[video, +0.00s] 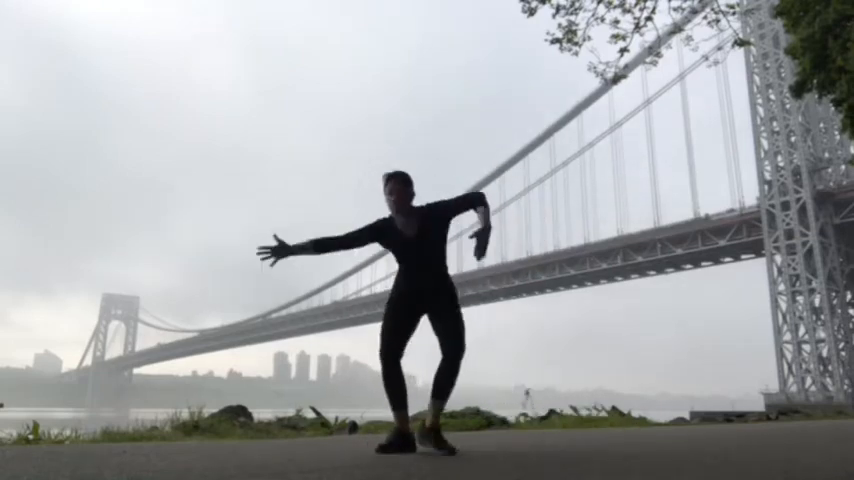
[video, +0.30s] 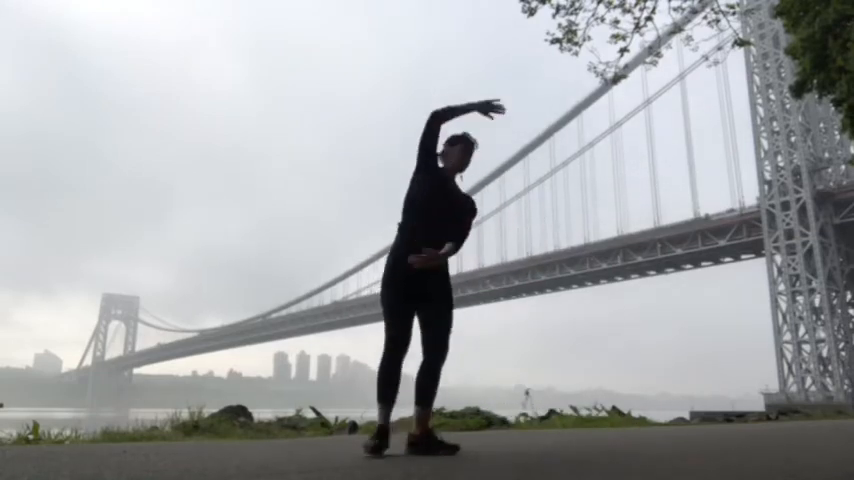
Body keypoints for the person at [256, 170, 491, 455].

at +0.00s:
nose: (392, 196)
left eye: (397, 191)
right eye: (388, 192)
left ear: (411, 192)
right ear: (385, 197)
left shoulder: (438, 213)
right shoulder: (383, 229)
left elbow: (478, 198)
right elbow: (338, 243)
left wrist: (485, 229)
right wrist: (292, 249)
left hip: (441, 293)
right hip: (406, 296)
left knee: (454, 352)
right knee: (389, 357)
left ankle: (432, 427)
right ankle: (403, 431)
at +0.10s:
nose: (442, 195)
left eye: (449, 192)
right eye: (439, 189)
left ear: (458, 198)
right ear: (432, 190)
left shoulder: (457, 226)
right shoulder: (416, 205)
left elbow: (492, 248)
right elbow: (383, 183)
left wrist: (453, 243)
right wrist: (407, 217)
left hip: (421, 289)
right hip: (387, 287)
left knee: (432, 353)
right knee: (389, 359)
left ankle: (422, 430)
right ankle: (400, 429)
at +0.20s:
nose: (473, 191)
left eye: (479, 189)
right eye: (471, 183)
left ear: (479, 197)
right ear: (459, 182)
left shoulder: (457, 239)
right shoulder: (436, 191)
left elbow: (449, 284)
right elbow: (433, 147)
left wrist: (448, 247)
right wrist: (431, 118)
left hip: (416, 289)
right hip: (383, 283)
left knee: (443, 354)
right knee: (387, 363)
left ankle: (421, 430)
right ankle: (401, 430)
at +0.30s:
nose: (462, 150)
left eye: (468, 149)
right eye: (457, 145)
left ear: (470, 160)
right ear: (443, 150)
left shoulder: (466, 204)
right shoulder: (426, 171)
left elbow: (457, 241)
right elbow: (435, 118)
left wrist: (437, 256)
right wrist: (477, 107)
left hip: (435, 272)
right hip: (402, 267)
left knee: (436, 352)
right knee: (396, 346)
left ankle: (421, 433)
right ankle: (382, 429)